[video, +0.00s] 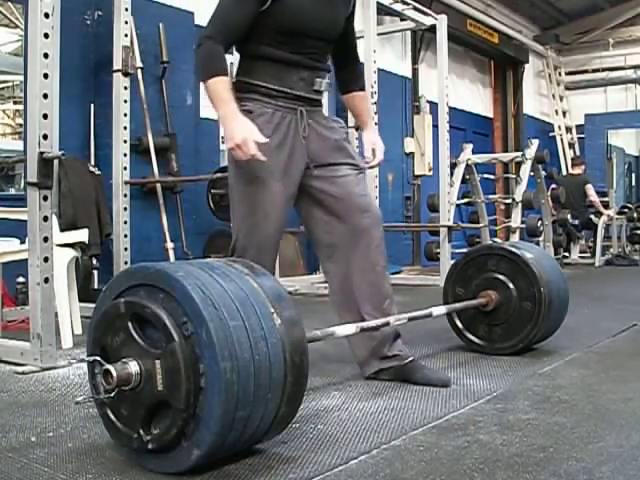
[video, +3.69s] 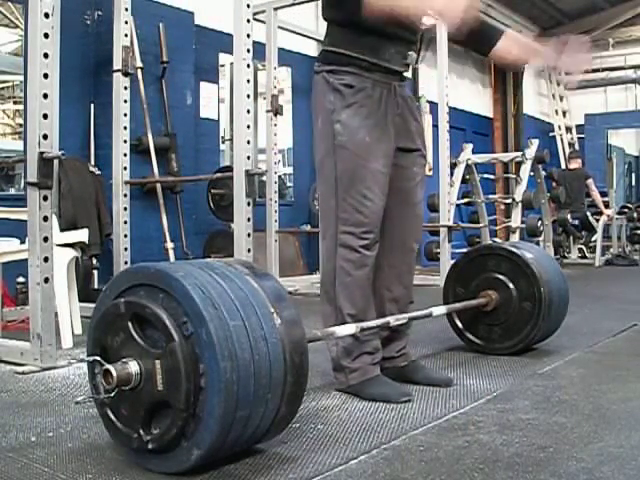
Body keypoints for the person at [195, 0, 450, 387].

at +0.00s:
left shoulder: (343, 4)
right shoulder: (255, 1)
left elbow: (347, 59)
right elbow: (209, 46)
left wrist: (367, 126)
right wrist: (230, 117)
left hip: (318, 120)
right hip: (263, 114)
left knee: (360, 223)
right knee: (256, 250)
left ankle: (383, 354)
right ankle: (241, 373)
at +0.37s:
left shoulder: (396, 6)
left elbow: (398, 47)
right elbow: (266, 23)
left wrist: (410, 115)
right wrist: (282, 102)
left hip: (361, 103)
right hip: (309, 95)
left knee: (379, 228)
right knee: (315, 226)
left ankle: (388, 355)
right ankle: (276, 347)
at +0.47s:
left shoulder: (408, 5)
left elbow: (408, 40)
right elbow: (274, 20)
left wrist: (424, 114)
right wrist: (286, 102)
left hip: (367, 96)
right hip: (315, 88)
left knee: (383, 219)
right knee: (333, 214)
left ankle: (387, 350)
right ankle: (336, 358)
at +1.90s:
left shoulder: (432, 5)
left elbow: (447, 49)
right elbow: (303, 13)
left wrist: (482, 108)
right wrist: (328, 93)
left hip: (386, 95)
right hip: (337, 86)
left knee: (397, 221)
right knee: (352, 221)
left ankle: (390, 349)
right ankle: (351, 363)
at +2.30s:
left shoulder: (441, 5)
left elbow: (461, 46)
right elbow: (326, 4)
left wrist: (506, 100)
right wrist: (371, 53)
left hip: (402, 88)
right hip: (347, 82)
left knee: (404, 219)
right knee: (358, 222)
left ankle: (393, 353)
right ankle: (353, 363)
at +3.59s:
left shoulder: (434, 4)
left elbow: (455, 44)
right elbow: (325, 6)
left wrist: (501, 96)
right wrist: (378, 54)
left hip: (401, 93)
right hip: (348, 86)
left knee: (400, 227)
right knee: (353, 226)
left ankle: (392, 354)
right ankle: (353, 364)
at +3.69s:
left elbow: (468, 25)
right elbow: (342, 8)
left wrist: (547, 52)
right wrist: (422, 9)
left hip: (397, 87)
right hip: (349, 81)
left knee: (403, 228)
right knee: (356, 227)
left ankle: (393, 353)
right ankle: (354, 365)